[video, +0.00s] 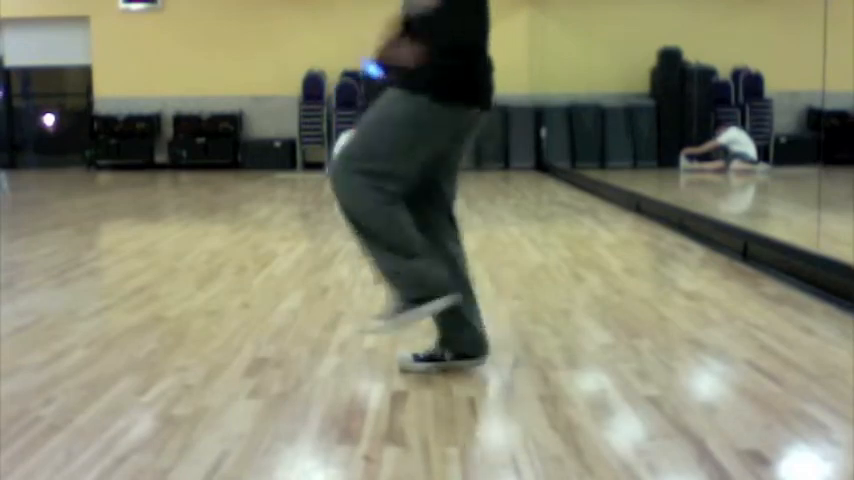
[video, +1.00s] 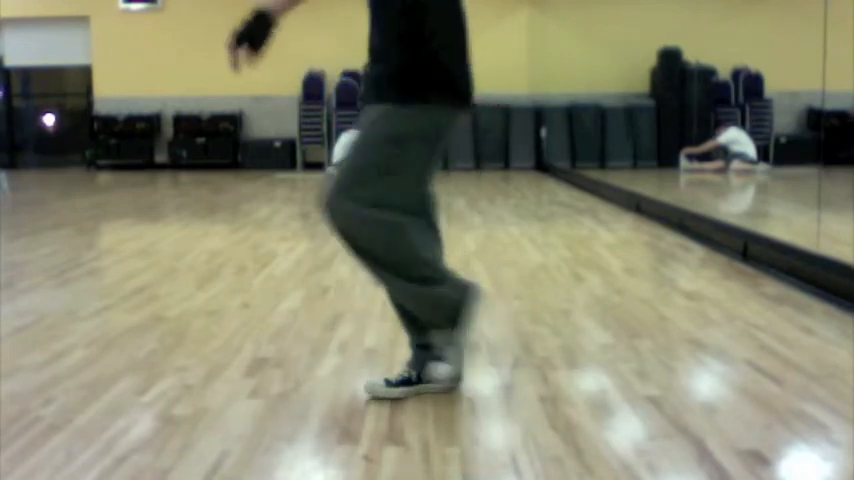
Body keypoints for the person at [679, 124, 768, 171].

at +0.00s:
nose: (719, 135)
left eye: (719, 132)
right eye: (718, 133)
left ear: (723, 128)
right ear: (727, 127)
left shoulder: (731, 132)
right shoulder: (733, 132)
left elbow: (708, 147)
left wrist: (687, 151)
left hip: (744, 159)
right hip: (734, 159)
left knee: (734, 167)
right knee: (716, 165)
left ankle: (755, 171)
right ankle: (696, 166)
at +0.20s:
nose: (719, 135)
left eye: (719, 132)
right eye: (719, 133)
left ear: (723, 129)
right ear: (727, 127)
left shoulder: (731, 132)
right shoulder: (734, 132)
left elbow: (708, 147)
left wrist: (687, 151)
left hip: (744, 160)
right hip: (735, 159)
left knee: (733, 167)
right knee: (716, 165)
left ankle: (754, 171)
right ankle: (695, 166)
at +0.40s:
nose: (719, 135)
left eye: (720, 132)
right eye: (719, 133)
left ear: (724, 129)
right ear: (727, 127)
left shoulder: (731, 132)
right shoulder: (733, 132)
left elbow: (711, 145)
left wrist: (688, 151)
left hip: (744, 159)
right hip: (734, 159)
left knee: (733, 167)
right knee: (716, 165)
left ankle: (754, 171)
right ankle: (695, 166)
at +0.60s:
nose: (719, 135)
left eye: (720, 132)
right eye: (719, 133)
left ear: (723, 129)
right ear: (727, 128)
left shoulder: (731, 132)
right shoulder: (734, 132)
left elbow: (711, 146)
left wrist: (688, 151)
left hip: (744, 159)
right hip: (735, 159)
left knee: (733, 168)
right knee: (716, 164)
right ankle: (695, 165)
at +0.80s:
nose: (719, 135)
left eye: (720, 132)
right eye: (719, 133)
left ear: (723, 129)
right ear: (727, 128)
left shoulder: (731, 132)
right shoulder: (734, 132)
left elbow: (711, 146)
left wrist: (688, 151)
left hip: (744, 159)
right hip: (735, 159)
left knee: (733, 168)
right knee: (716, 164)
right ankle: (695, 165)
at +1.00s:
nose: (719, 134)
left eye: (719, 132)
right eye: (718, 133)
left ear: (724, 128)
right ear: (727, 127)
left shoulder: (731, 132)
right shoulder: (732, 132)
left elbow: (710, 146)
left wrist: (688, 151)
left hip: (744, 159)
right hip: (734, 159)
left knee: (734, 167)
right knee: (716, 165)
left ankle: (755, 171)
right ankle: (696, 166)